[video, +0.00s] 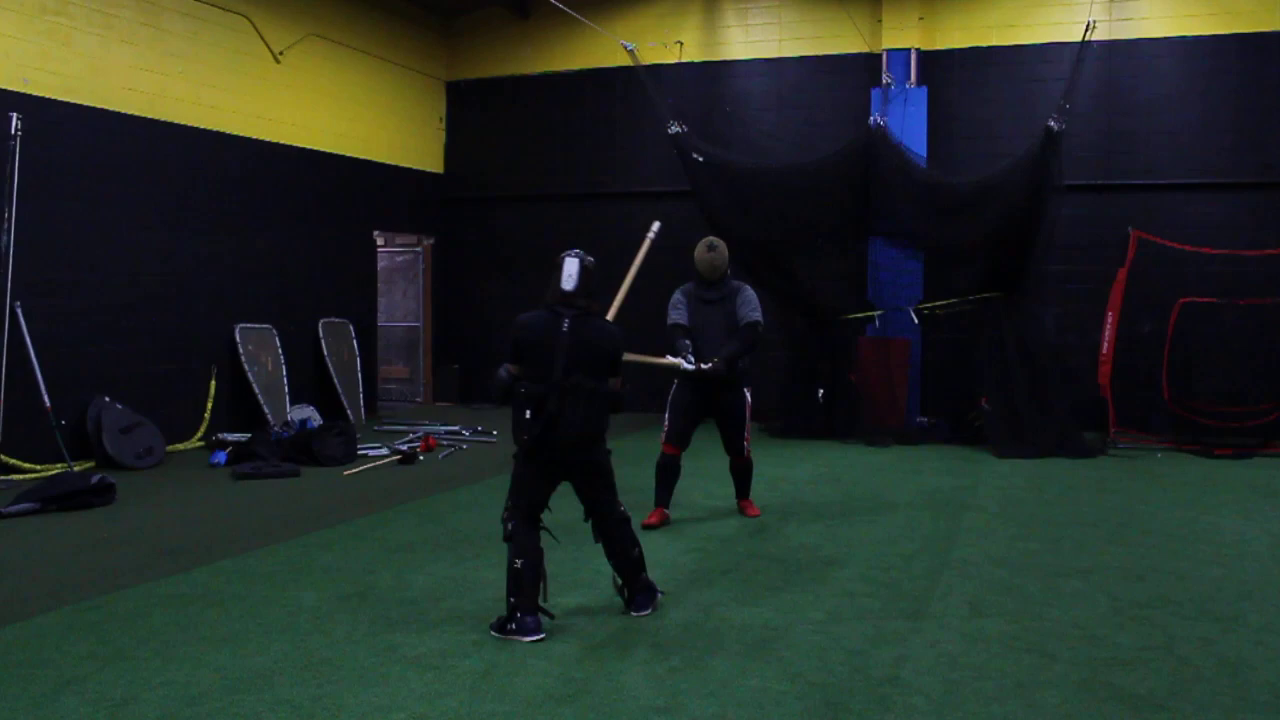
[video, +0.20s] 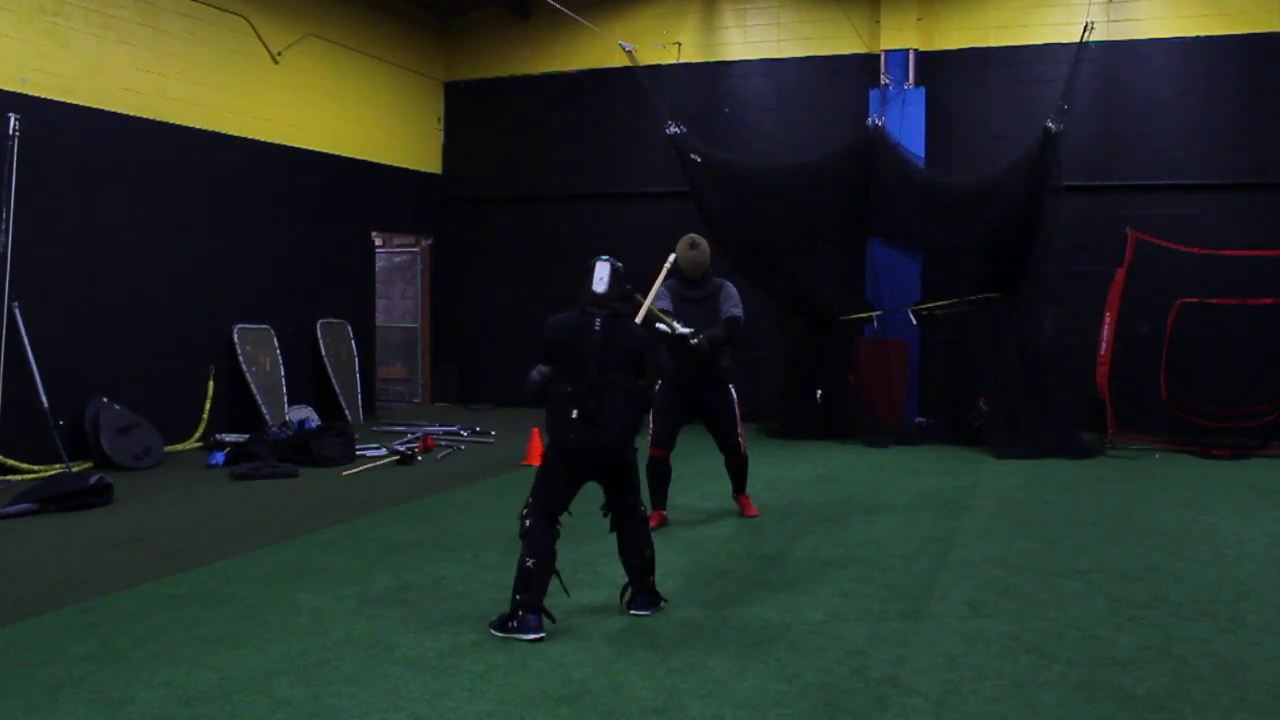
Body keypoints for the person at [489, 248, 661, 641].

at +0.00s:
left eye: (560, 282)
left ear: (553, 285)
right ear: (593, 289)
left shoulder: (529, 328)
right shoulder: (605, 335)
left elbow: (509, 381)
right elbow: (613, 390)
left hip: (539, 447)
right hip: (589, 446)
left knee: (521, 520)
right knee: (609, 515)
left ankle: (524, 614)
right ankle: (640, 593)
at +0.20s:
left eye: (591, 291)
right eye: (616, 292)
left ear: (582, 291)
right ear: (623, 295)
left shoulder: (559, 328)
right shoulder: (634, 336)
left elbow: (540, 380)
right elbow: (646, 392)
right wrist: (624, 428)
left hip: (567, 448)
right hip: (617, 448)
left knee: (539, 518)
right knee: (630, 514)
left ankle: (527, 612)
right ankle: (644, 594)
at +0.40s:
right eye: (641, 295)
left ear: (599, 291)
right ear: (639, 297)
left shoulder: (574, 328)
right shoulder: (647, 336)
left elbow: (555, 381)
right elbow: (661, 390)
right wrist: (647, 433)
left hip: (580, 444)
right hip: (627, 444)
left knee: (548, 516)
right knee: (632, 511)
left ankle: (561, 607)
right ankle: (643, 593)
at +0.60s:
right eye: (634, 296)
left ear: (596, 293)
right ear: (635, 298)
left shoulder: (571, 331)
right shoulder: (644, 340)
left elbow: (549, 383)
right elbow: (656, 395)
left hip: (576, 450)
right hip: (623, 448)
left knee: (553, 525)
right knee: (629, 515)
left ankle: (566, 621)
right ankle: (643, 594)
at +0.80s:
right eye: (621, 296)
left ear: (585, 293)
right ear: (624, 299)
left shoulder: (560, 332)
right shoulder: (633, 341)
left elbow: (536, 383)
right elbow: (645, 396)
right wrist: (630, 437)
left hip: (563, 454)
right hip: (612, 453)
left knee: (539, 529)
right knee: (624, 516)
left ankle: (564, 622)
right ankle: (642, 592)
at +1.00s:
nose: (606, 299)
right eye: (615, 294)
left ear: (582, 293)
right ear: (620, 298)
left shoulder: (555, 331)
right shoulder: (632, 341)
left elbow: (533, 380)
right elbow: (642, 394)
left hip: (559, 455)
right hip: (609, 455)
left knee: (537, 528)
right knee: (626, 519)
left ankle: (561, 621)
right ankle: (639, 601)